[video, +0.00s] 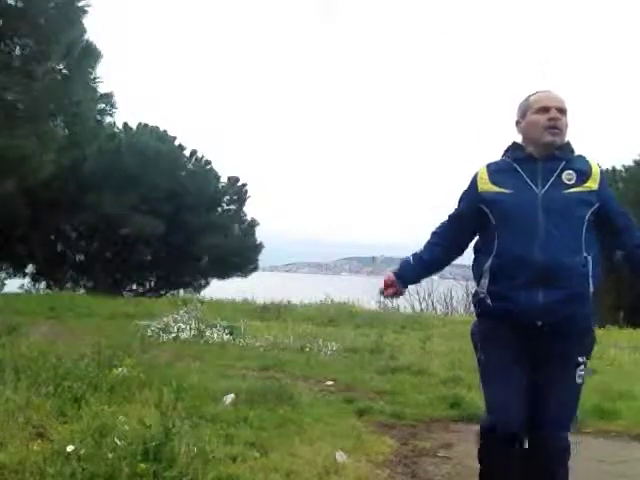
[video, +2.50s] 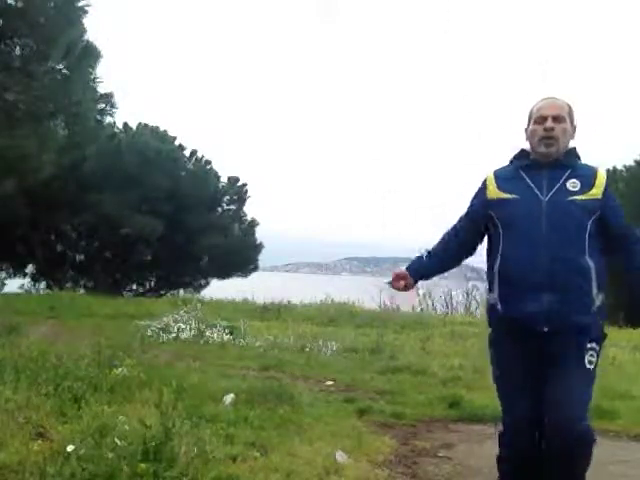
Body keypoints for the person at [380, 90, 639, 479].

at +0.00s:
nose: (555, 116)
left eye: (561, 111)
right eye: (543, 110)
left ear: (568, 124)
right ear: (520, 123)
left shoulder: (590, 177)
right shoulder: (490, 178)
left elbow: (627, 240)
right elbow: (450, 239)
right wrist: (404, 274)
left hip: (568, 327)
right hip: (501, 324)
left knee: (552, 437)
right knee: (504, 428)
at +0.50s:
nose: (568, 150)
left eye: (573, 144)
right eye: (556, 143)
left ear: (578, 155)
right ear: (530, 155)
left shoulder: (596, 211)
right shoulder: (493, 209)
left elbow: (626, 267)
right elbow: (460, 263)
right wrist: (421, 282)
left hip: (571, 352)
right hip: (503, 350)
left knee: (557, 455)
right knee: (498, 428)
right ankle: (524, 474)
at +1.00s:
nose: (559, 127)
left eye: (565, 122)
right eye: (548, 122)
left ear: (573, 133)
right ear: (526, 134)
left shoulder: (591, 186)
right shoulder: (493, 185)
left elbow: (621, 251)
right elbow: (456, 244)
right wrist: (413, 283)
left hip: (572, 333)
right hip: (508, 333)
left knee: (572, 437)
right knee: (509, 445)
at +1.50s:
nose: (551, 141)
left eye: (560, 135)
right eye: (542, 135)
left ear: (574, 145)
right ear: (529, 146)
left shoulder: (602, 195)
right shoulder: (500, 198)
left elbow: (632, 252)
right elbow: (463, 252)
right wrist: (417, 272)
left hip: (578, 336)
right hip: (514, 336)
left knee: (571, 433)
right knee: (521, 435)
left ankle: (559, 474)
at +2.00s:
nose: (559, 148)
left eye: (569, 142)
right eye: (551, 142)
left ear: (584, 154)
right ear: (539, 153)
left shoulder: (611, 206)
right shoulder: (508, 206)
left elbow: (630, 268)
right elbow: (481, 263)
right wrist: (441, 297)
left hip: (581, 353)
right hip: (516, 349)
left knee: (577, 456)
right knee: (510, 429)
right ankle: (527, 476)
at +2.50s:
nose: (548, 127)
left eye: (557, 120)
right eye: (540, 120)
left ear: (572, 130)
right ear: (528, 131)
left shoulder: (595, 184)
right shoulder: (497, 184)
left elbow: (627, 249)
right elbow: (460, 239)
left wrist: (630, 304)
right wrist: (415, 271)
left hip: (575, 328)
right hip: (512, 328)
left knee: (568, 428)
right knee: (519, 430)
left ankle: (565, 476)